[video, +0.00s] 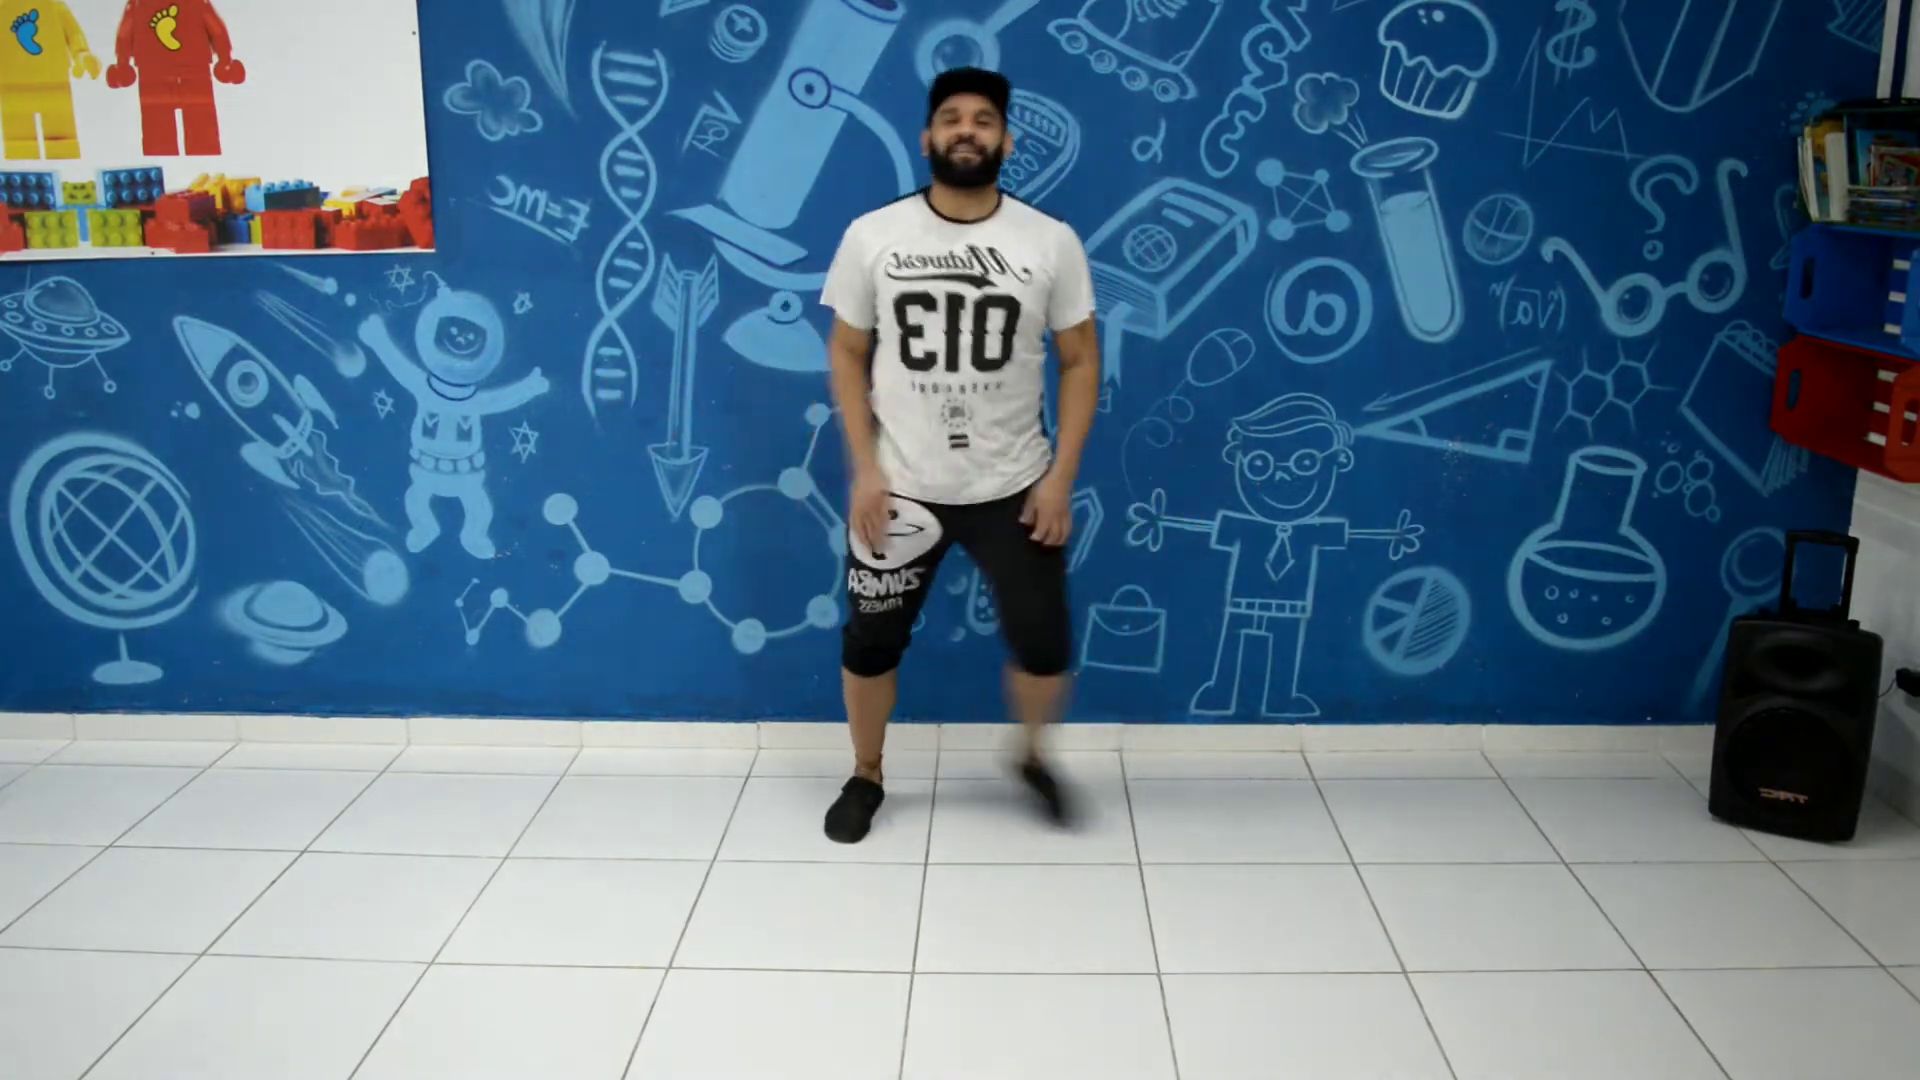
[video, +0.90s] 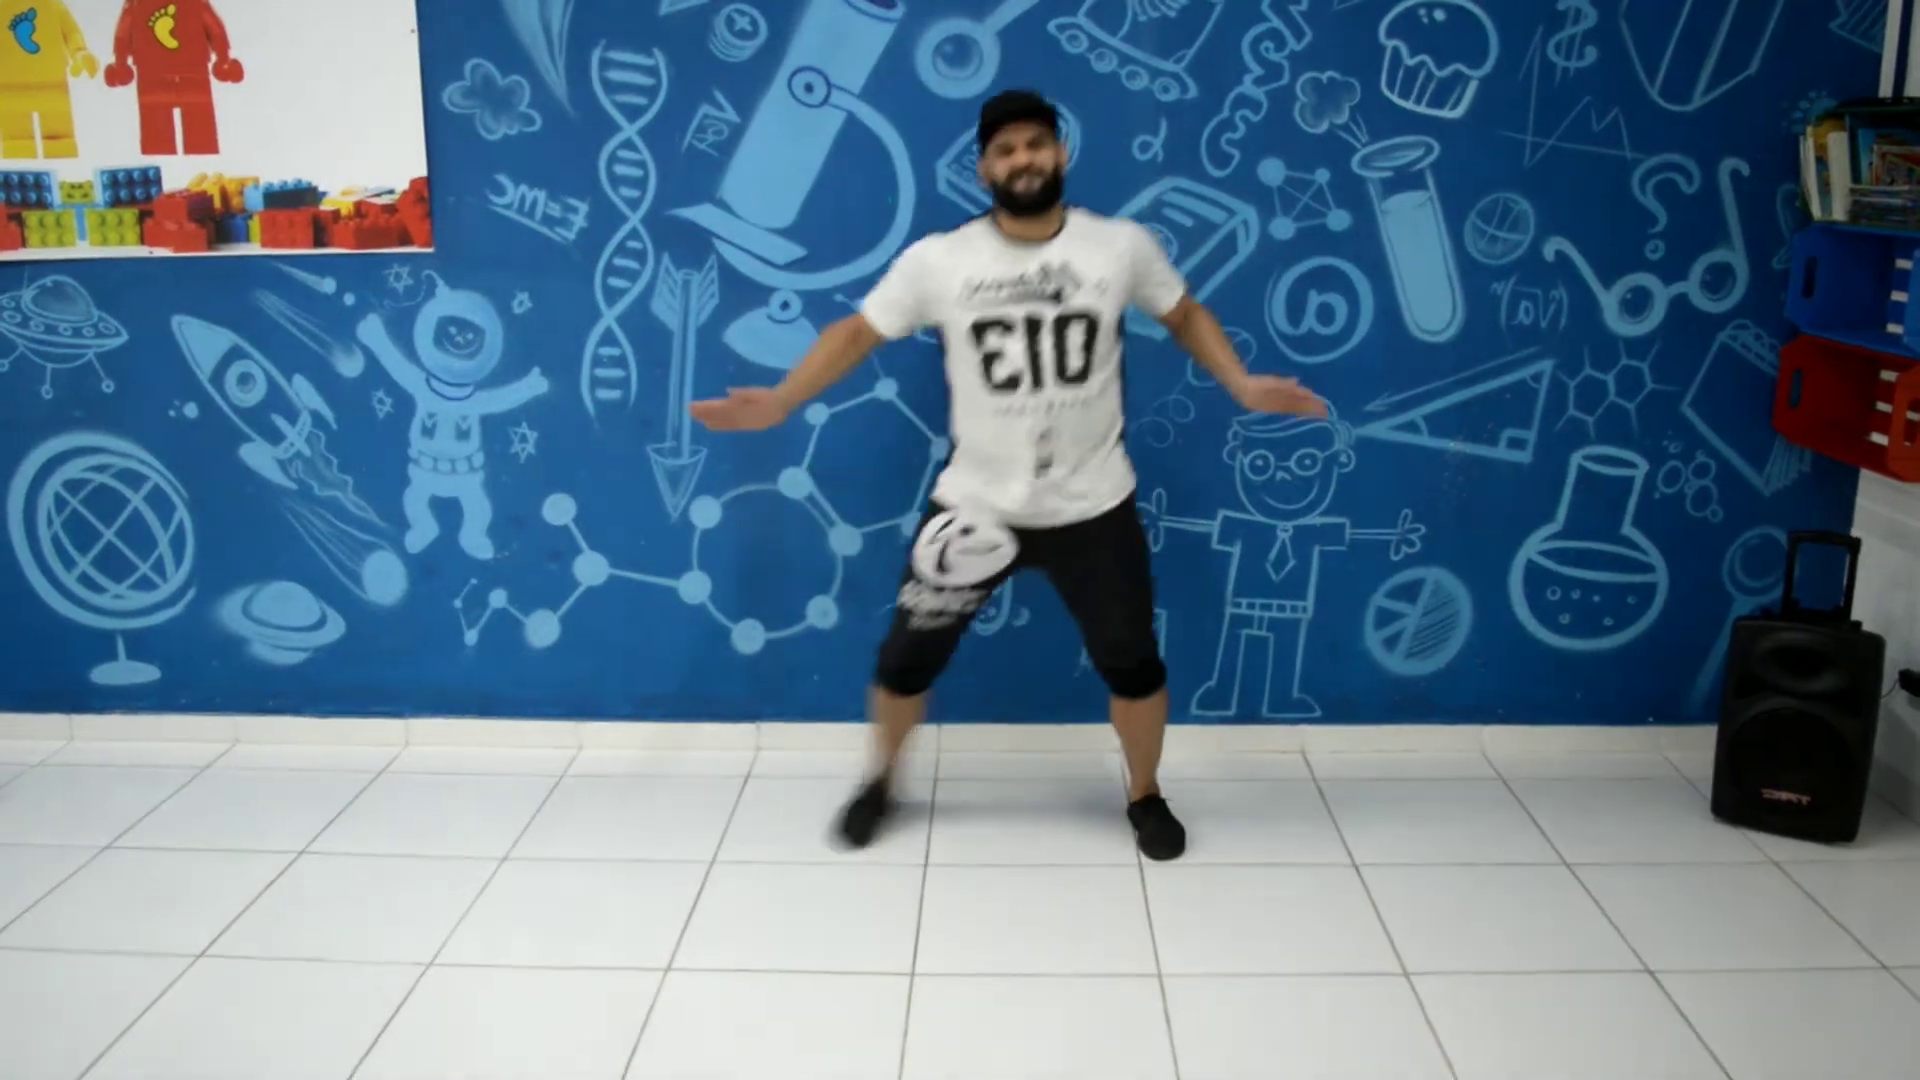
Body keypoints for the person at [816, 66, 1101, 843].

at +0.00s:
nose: (966, 131)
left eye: (983, 121)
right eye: (951, 120)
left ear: (1005, 142)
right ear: (928, 138)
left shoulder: (1051, 244)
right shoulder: (872, 238)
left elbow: (1080, 364)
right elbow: (848, 357)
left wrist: (1061, 476)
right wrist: (864, 471)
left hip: (1013, 485)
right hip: (902, 483)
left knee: (1045, 641)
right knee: (870, 640)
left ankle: (1031, 756)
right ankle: (865, 775)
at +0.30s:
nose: (1025, 159)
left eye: (1042, 148)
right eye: (1010, 147)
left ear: (1065, 165)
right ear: (987, 163)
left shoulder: (1115, 262)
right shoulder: (936, 275)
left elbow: (1170, 372)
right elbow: (875, 379)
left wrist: (1148, 488)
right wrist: (898, 501)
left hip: (1089, 504)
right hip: (972, 506)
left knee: (1134, 660)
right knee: (917, 650)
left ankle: (1144, 792)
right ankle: (891, 779)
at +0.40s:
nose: (1044, 133)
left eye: (1060, 123)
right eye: (1029, 123)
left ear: (1083, 140)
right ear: (1006, 142)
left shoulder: (1137, 234)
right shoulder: (954, 247)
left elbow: (1182, 345)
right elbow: (909, 358)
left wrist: (1169, 448)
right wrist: (947, 461)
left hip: (1109, 485)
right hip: (995, 485)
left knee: (1133, 647)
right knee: (956, 646)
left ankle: (1144, 788)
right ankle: (991, 750)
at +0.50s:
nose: (1057, 143)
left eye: (1072, 131)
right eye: (1042, 131)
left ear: (1095, 147)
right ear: (1020, 148)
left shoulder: (1146, 241)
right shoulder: (973, 254)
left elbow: (1171, 356)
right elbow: (960, 380)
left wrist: (1141, 401)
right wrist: (1023, 418)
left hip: (1123, 489)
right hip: (1017, 490)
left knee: (1145, 654)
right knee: (1005, 658)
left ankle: (1146, 788)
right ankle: (1090, 724)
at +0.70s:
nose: (1060, 169)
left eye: (1074, 153)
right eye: (1044, 154)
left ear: (1100, 157)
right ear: (1021, 162)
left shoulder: (1148, 253)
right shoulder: (976, 264)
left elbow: (1182, 359)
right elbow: (945, 373)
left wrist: (1199, 409)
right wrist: (963, 413)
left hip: (1127, 496)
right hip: (1022, 502)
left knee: (1148, 656)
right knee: (1017, 671)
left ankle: (1148, 790)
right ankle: (1097, 738)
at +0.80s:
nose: (1045, 148)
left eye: (1059, 132)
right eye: (1027, 136)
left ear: (1082, 139)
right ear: (1005, 148)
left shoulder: (1138, 235)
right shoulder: (959, 250)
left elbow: (1195, 327)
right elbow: (904, 347)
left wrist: (1232, 395)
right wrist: (870, 416)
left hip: (1110, 487)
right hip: (999, 487)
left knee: (1132, 647)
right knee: (960, 655)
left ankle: (1146, 791)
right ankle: (1004, 745)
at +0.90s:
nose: (1024, 160)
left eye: (1037, 145)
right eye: (1006, 149)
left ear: (1063, 157)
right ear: (983, 168)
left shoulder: (1119, 247)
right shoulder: (938, 263)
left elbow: (1185, 315)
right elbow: (857, 333)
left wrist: (1240, 381)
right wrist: (780, 400)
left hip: (1093, 500)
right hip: (977, 501)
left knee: (1134, 662)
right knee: (908, 655)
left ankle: (1145, 798)